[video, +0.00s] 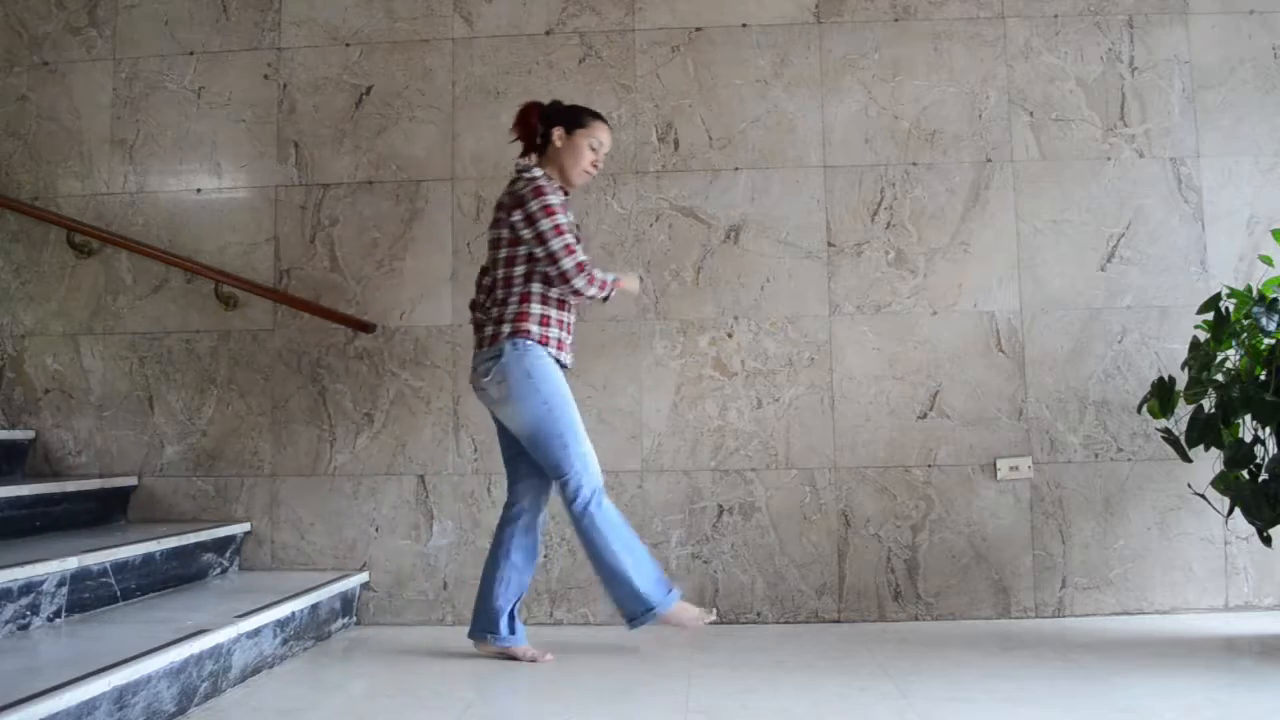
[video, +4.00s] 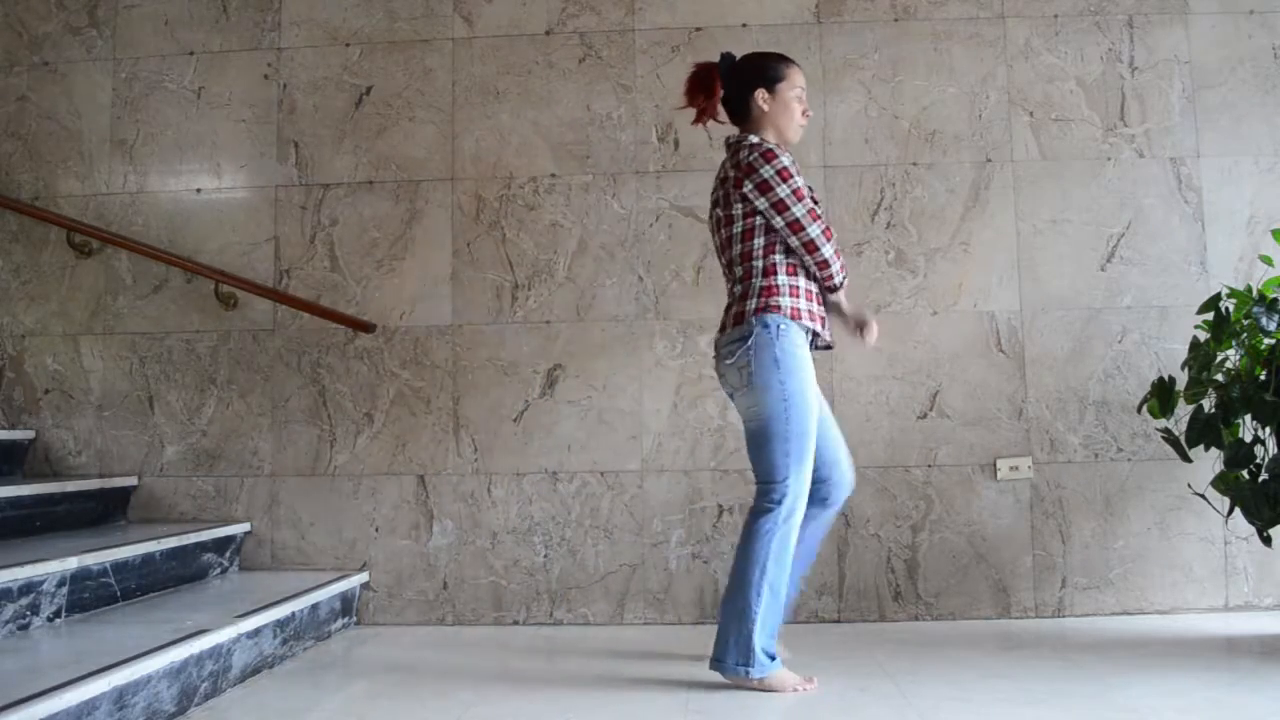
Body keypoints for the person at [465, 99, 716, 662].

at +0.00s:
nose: (598, 164)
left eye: (603, 155)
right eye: (592, 149)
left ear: (565, 148)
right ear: (557, 138)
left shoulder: (524, 194)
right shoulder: (537, 189)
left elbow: (486, 292)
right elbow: (577, 277)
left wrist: (496, 350)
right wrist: (614, 285)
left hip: (505, 359)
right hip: (523, 357)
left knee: (528, 496)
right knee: (583, 481)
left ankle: (495, 629)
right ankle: (656, 600)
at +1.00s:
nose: (680, 159)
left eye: (684, 150)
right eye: (675, 146)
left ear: (651, 143)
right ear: (641, 136)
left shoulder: (626, 198)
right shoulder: (607, 184)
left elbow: (613, 290)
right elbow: (559, 254)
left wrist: (650, 349)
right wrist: (518, 335)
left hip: (569, 350)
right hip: (587, 349)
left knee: (575, 481)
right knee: (627, 473)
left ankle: (527, 614)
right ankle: (615, 618)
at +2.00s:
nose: (693, 130)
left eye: (694, 121)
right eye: (682, 120)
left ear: (678, 129)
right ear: (643, 126)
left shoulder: (685, 193)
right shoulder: (615, 183)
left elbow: (705, 253)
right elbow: (585, 251)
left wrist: (766, 215)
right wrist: (573, 175)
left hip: (684, 345)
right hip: (636, 343)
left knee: (714, 461)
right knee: (646, 471)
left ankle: (707, 603)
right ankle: (620, 619)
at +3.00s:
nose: (767, 133)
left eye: (767, 125)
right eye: (757, 123)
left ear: (732, 131)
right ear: (722, 128)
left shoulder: (738, 184)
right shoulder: (718, 172)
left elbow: (717, 278)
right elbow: (681, 247)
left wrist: (692, 355)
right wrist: (670, 318)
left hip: (730, 342)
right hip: (731, 342)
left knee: (734, 487)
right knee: (776, 479)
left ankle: (703, 620)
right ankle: (781, 628)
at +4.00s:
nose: (806, 108)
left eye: (805, 97)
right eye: (797, 96)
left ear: (758, 104)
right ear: (763, 101)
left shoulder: (742, 168)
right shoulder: (761, 159)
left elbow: (786, 259)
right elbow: (818, 247)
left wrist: (840, 309)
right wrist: (841, 300)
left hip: (767, 339)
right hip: (768, 339)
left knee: (832, 482)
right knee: (782, 495)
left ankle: (755, 633)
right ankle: (745, 658)